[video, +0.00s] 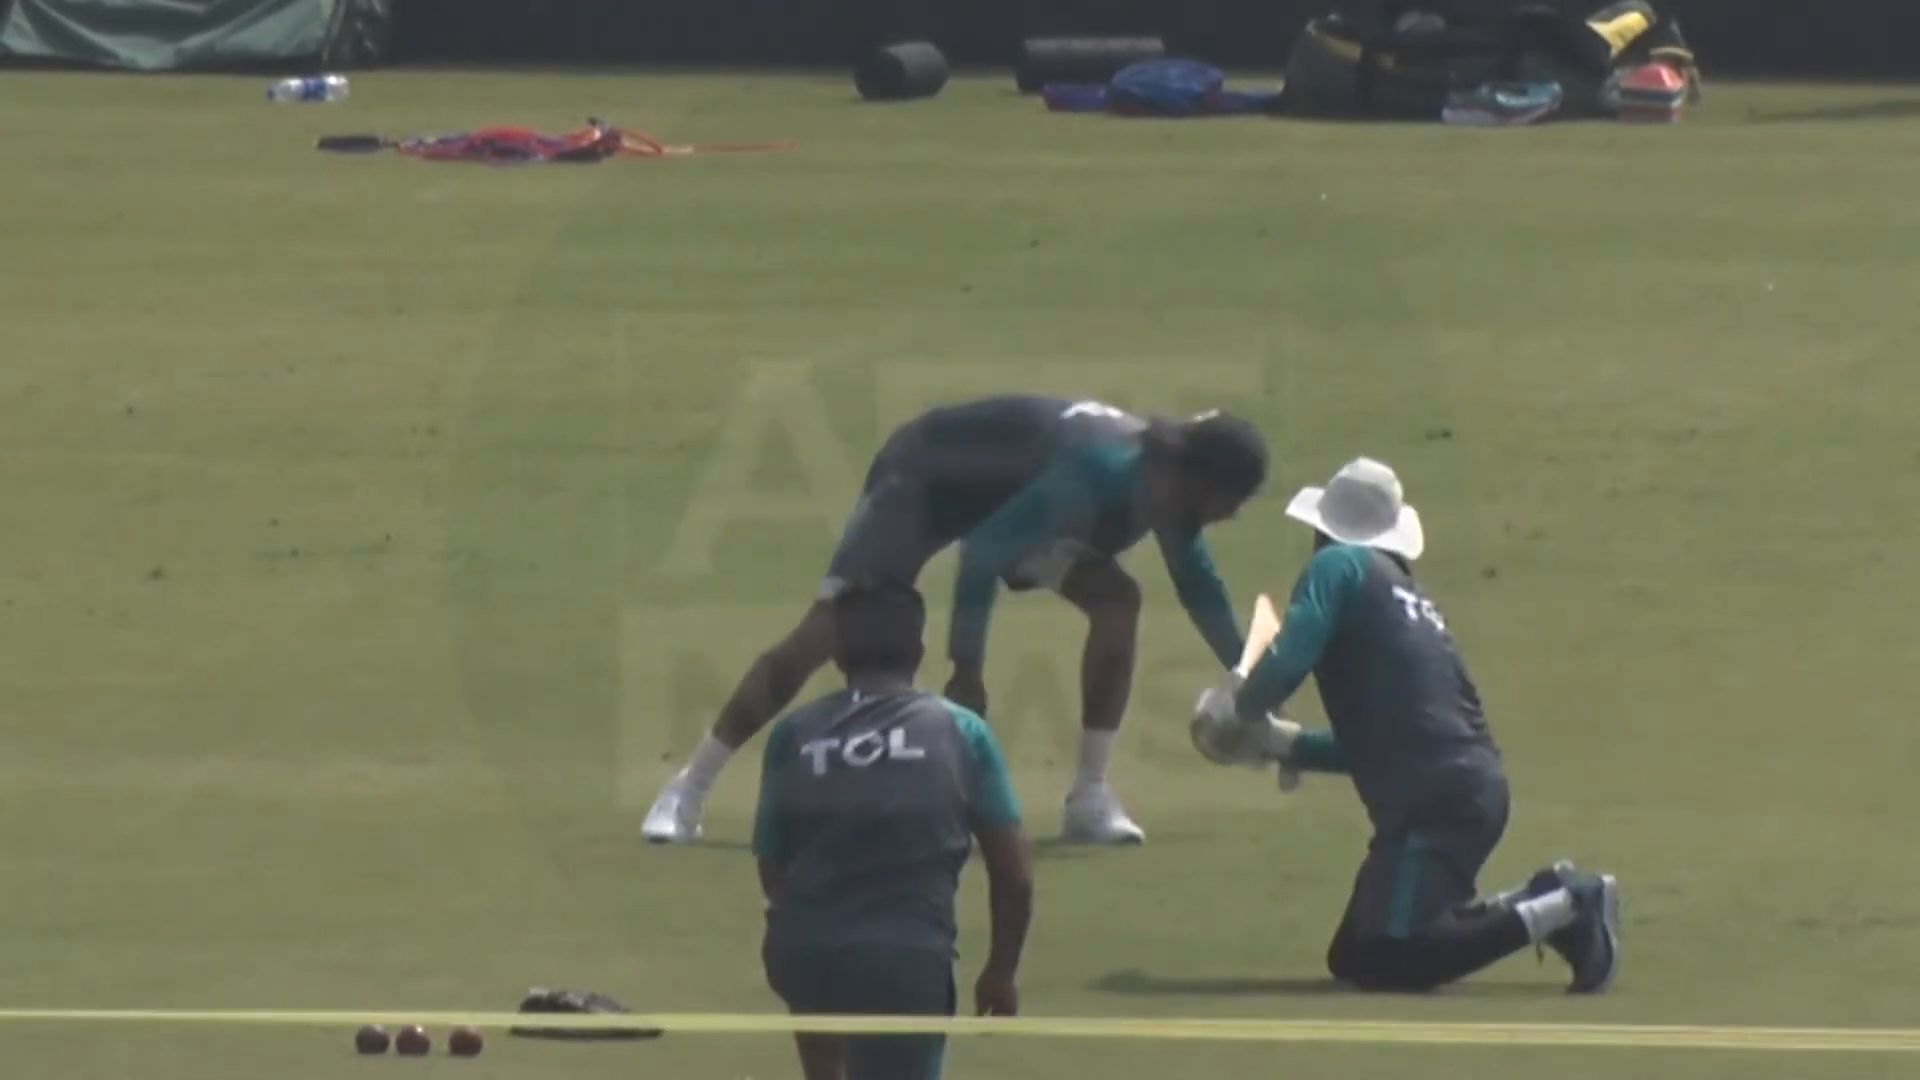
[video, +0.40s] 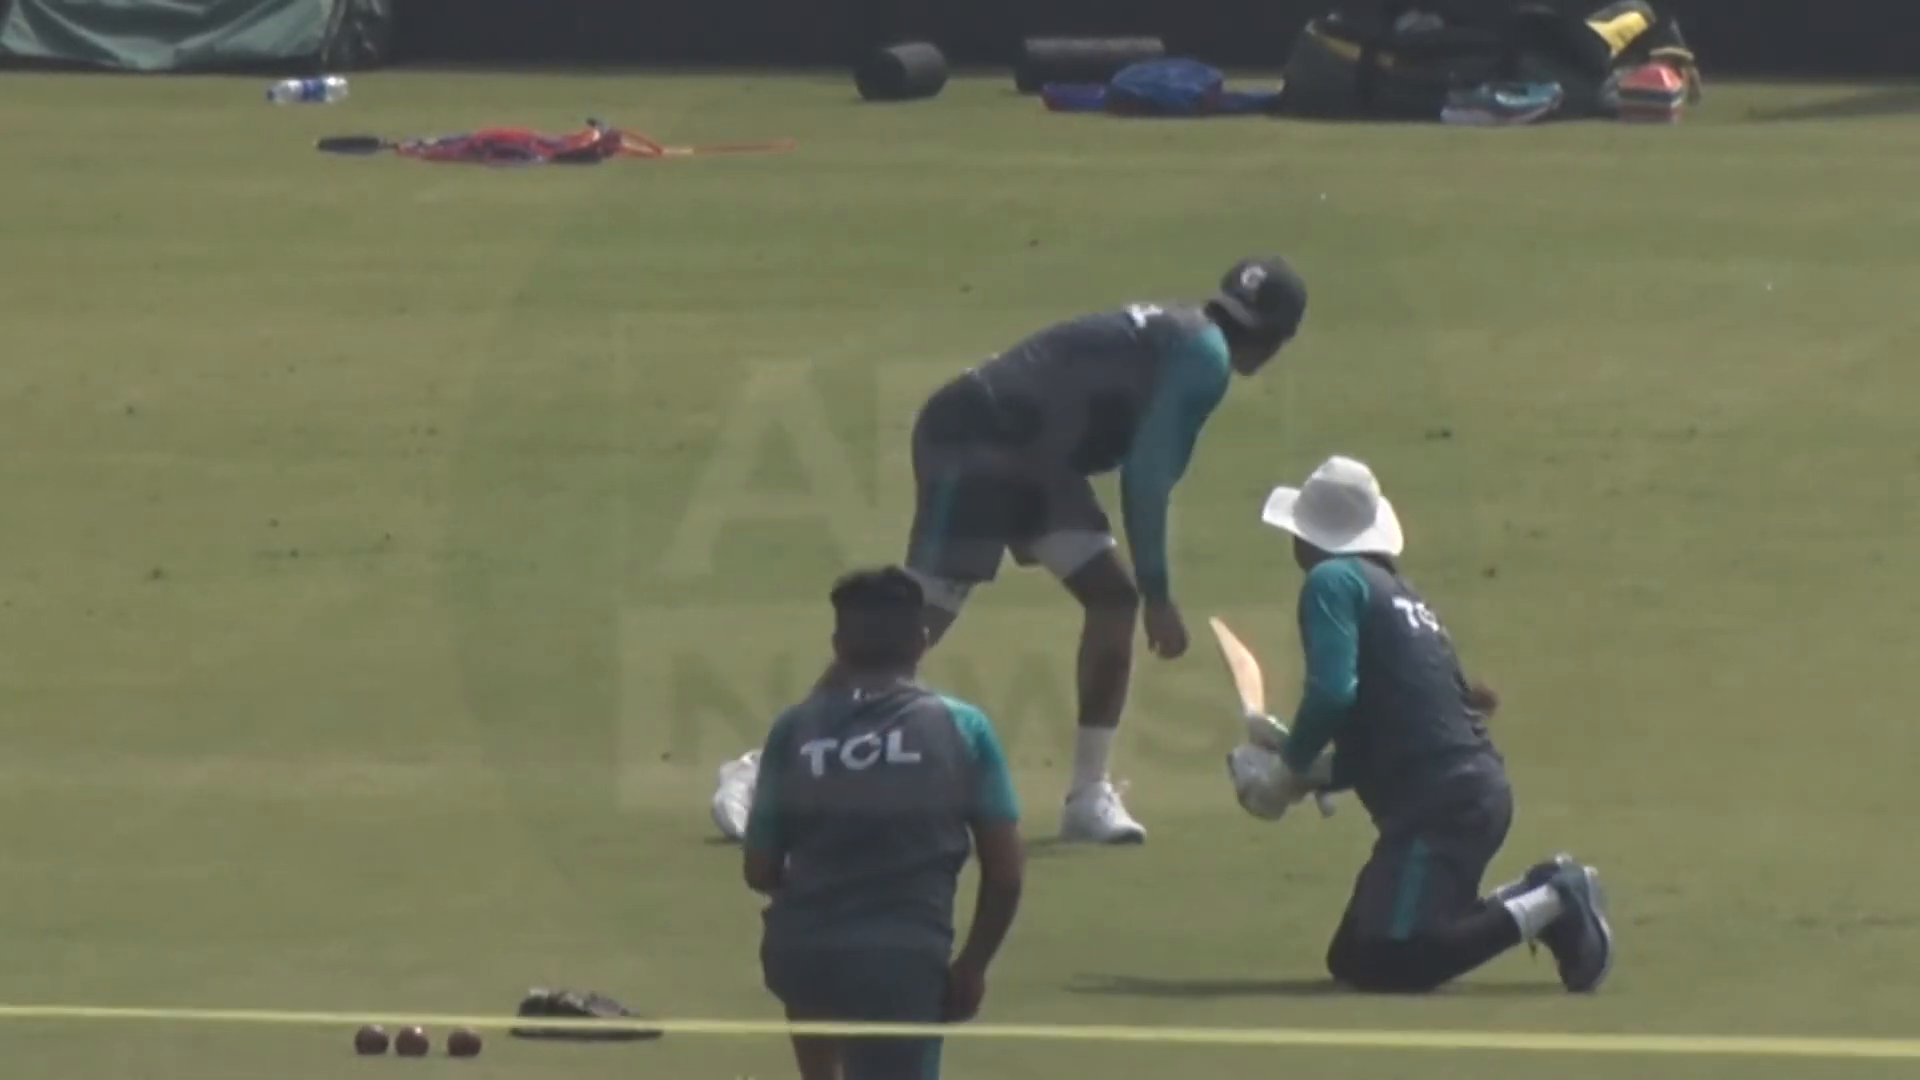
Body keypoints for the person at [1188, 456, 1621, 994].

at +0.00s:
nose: (1312, 536)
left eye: (1318, 528)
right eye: (1314, 527)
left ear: (1333, 528)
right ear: (1384, 532)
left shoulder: (1338, 564)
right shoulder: (1399, 592)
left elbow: (1286, 666)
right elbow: (1385, 750)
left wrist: (1238, 707)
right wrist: (1286, 743)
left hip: (1441, 796)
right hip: (1451, 791)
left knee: (1378, 962)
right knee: (1355, 957)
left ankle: (1561, 909)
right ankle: (1533, 906)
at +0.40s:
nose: (1294, 541)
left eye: (1298, 531)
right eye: (1295, 530)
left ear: (1314, 535)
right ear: (1364, 533)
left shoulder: (1333, 580)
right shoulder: (1389, 589)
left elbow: (1333, 693)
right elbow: (1394, 739)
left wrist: (1292, 767)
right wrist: (1303, 774)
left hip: (1447, 801)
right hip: (1448, 798)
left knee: (1383, 966)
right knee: (1355, 959)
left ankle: (1549, 902)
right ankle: (1534, 899)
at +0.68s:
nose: (1304, 556)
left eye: (1309, 545)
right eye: (1305, 544)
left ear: (1329, 551)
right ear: (1375, 543)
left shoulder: (1369, 602)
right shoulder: (1404, 599)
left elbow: (1382, 727)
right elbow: (1407, 751)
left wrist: (1318, 795)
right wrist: (1327, 766)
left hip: (1473, 816)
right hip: (1466, 814)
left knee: (1378, 969)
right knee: (1355, 961)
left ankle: (1547, 904)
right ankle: (1540, 902)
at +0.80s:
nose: (1322, 560)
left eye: (1327, 550)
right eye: (1323, 548)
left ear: (1347, 559)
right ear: (1390, 548)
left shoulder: (1393, 614)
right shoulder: (1421, 606)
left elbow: (1410, 736)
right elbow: (1426, 755)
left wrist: (1335, 801)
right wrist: (1347, 771)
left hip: (1484, 827)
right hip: (1477, 823)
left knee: (1377, 966)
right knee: (1355, 959)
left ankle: (1551, 906)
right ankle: (1542, 906)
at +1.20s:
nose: (1407, 556)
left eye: (1421, 543)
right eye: (1410, 541)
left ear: (1463, 557)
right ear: (1462, 558)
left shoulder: (1492, 628)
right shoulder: (1472, 627)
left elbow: (1517, 744)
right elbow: (1483, 760)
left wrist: (1420, 804)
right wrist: (1416, 776)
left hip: (1523, 854)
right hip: (1489, 850)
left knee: (1392, 967)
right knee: (1358, 955)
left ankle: (1565, 913)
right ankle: (1546, 912)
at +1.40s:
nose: (1453, 560)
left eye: (1471, 545)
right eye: (1447, 546)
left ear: (1511, 559)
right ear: (1437, 557)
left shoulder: (1518, 633)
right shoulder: (1476, 636)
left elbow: (1553, 751)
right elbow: (1486, 766)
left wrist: (1452, 811)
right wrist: (1430, 775)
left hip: (1537, 851)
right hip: (1493, 846)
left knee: (1416, 966)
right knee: (1360, 955)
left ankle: (1577, 915)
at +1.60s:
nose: (1453, 567)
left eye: (1472, 553)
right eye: (1445, 552)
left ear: (1510, 565)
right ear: (1433, 563)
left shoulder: (1517, 644)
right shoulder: (1466, 641)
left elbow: (1553, 766)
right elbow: (1477, 767)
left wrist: (1458, 829)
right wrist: (1416, 795)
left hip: (1538, 855)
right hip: (1489, 849)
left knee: (1418, 969)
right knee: (1360, 957)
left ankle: (1578, 918)